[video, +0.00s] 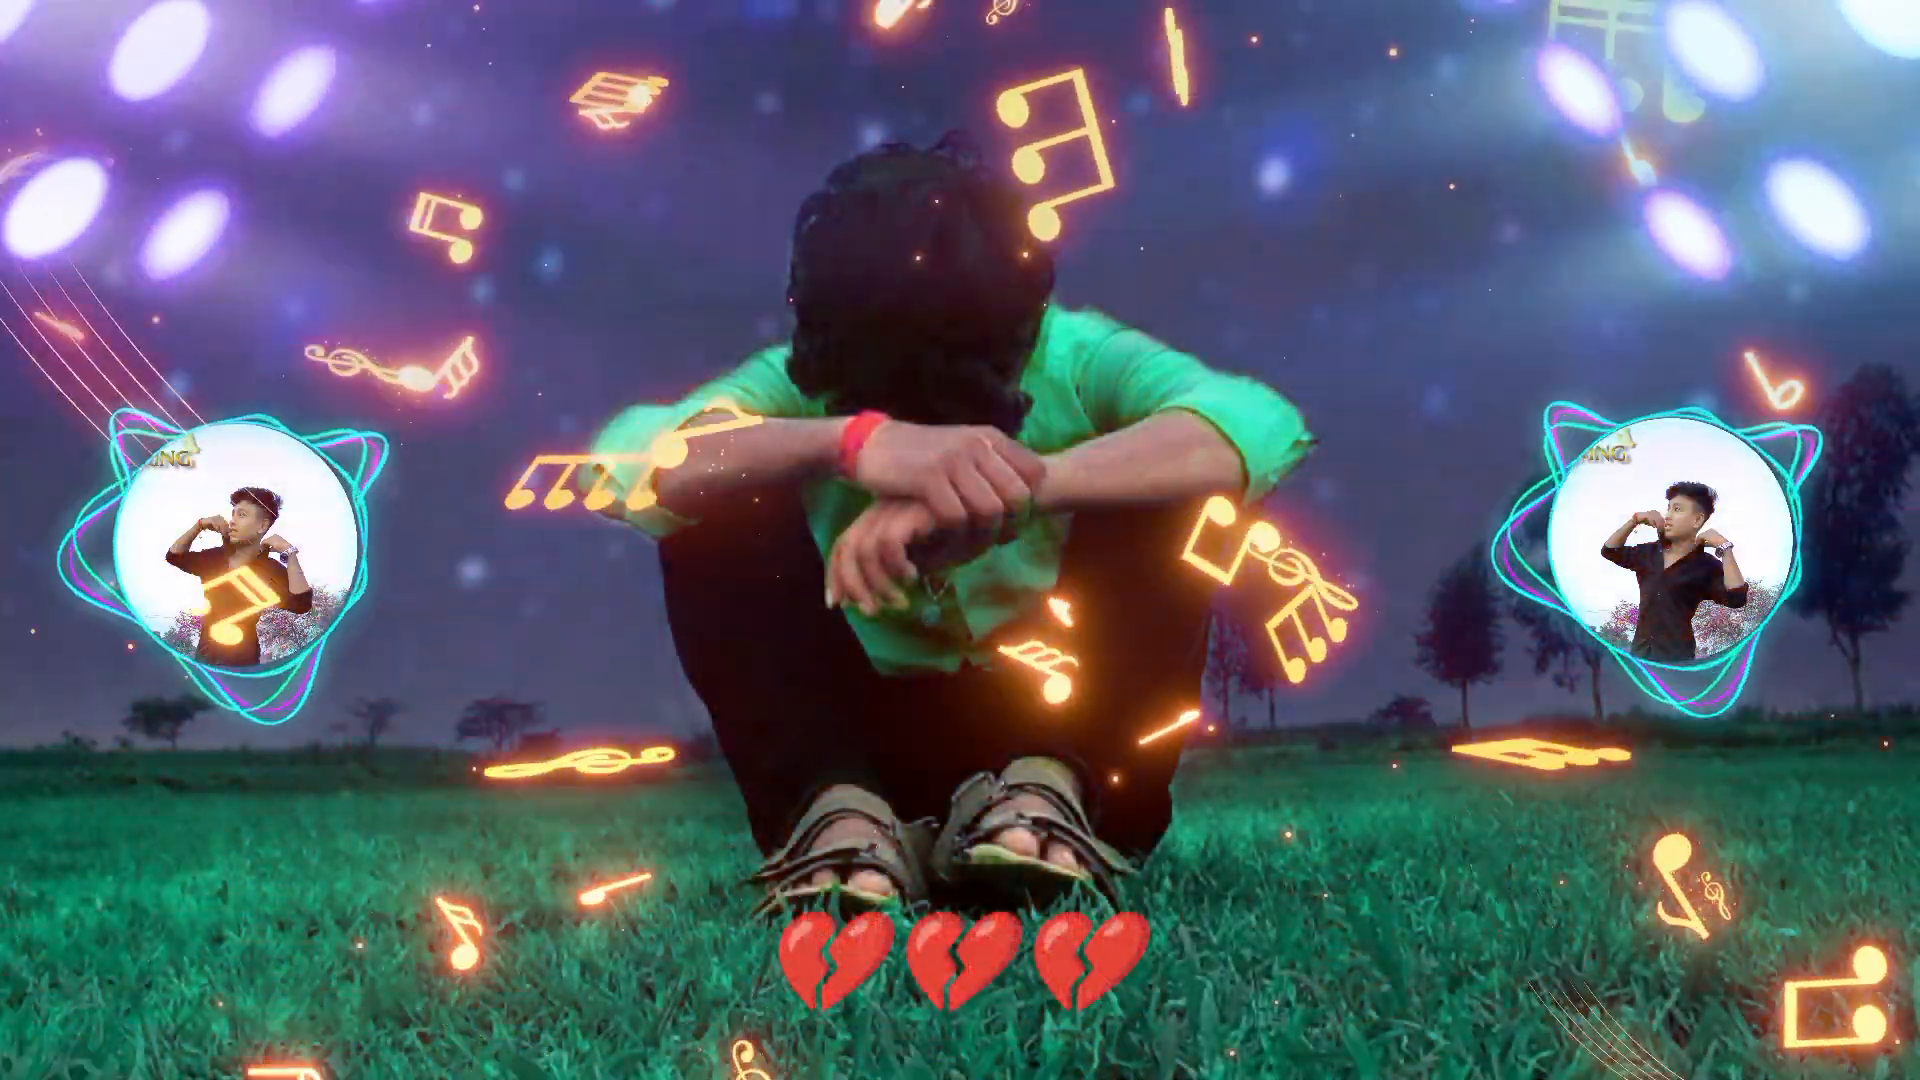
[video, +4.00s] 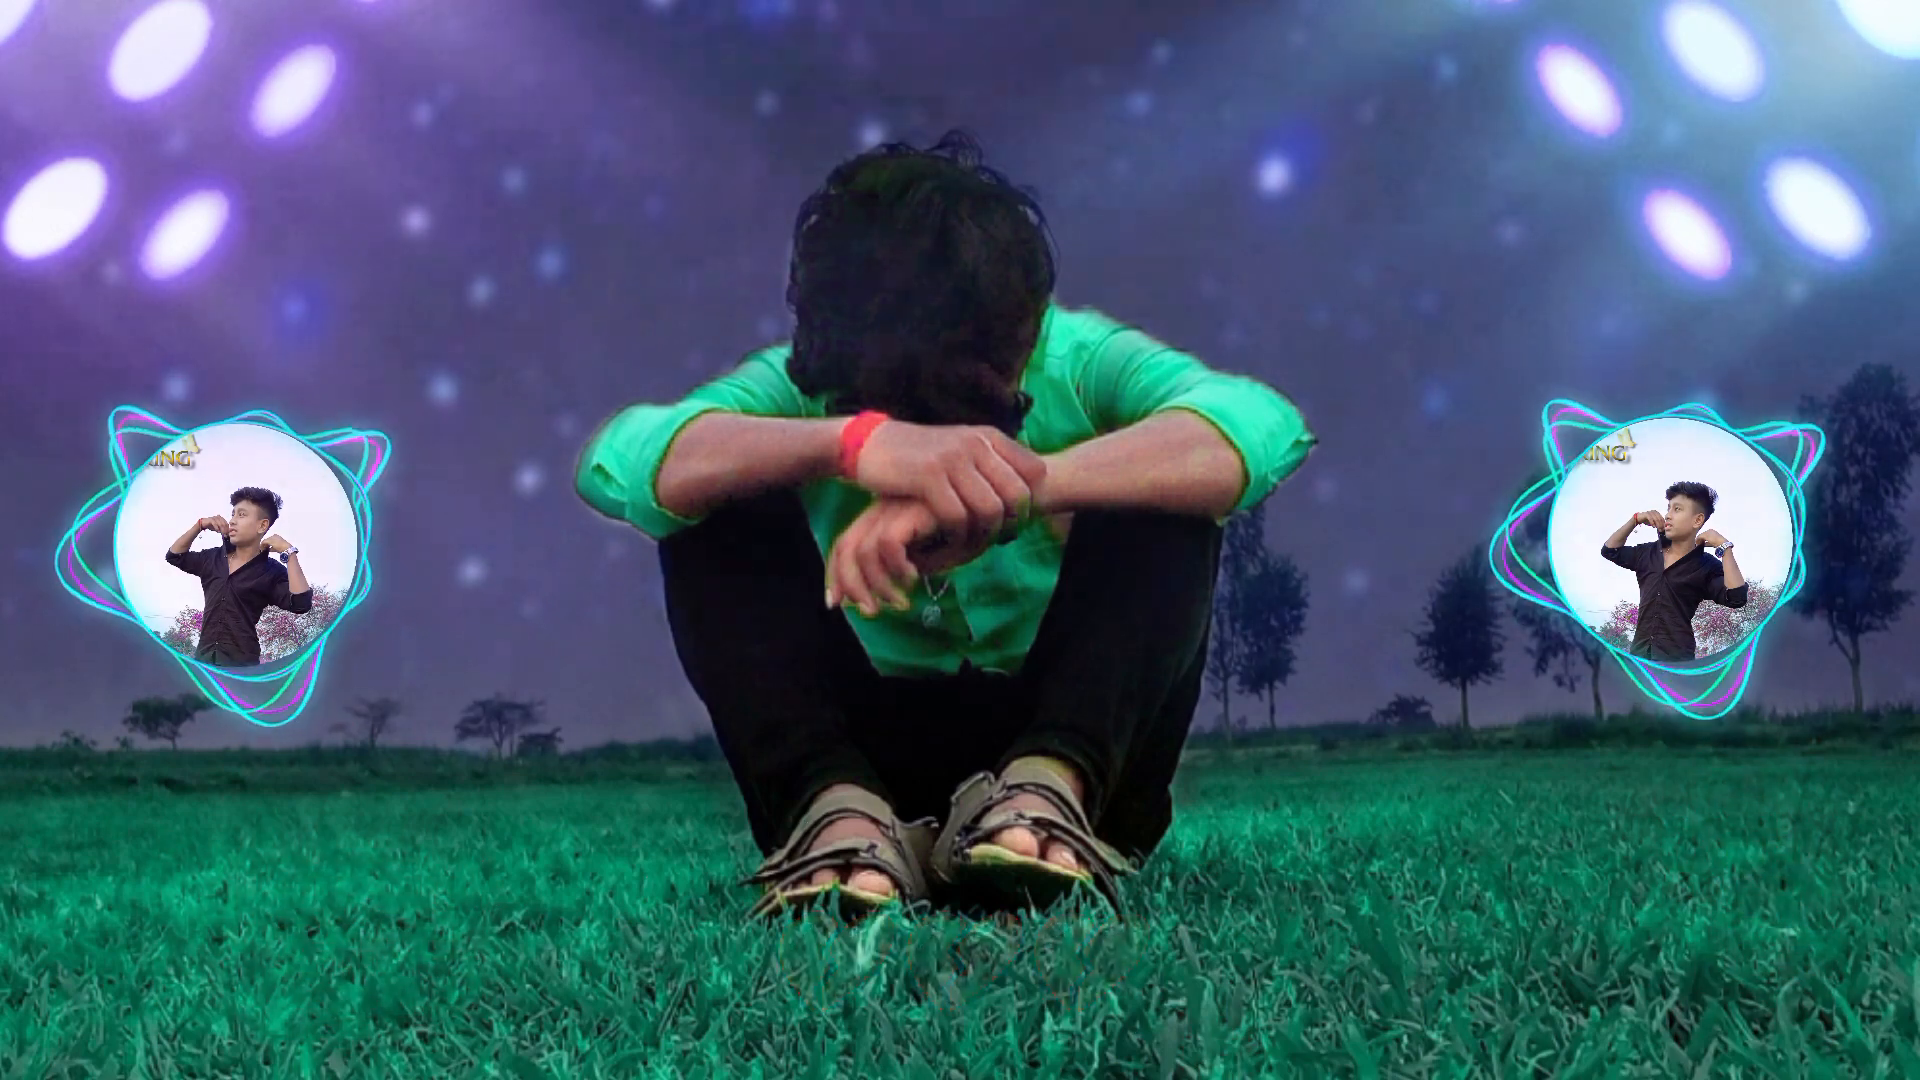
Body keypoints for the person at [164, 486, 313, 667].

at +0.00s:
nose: (232, 520)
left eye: (242, 515)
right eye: (233, 513)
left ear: (264, 525)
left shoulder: (272, 569)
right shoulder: (213, 559)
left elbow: (302, 606)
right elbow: (174, 557)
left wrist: (290, 554)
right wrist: (199, 526)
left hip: (245, 665)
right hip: (206, 660)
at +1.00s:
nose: (232, 521)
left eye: (242, 515)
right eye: (233, 514)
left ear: (263, 525)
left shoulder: (270, 569)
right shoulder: (212, 558)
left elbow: (302, 604)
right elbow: (173, 556)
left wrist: (290, 554)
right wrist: (199, 526)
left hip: (242, 662)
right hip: (204, 658)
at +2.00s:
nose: (232, 521)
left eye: (242, 515)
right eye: (233, 514)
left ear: (263, 525)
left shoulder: (270, 570)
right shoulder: (213, 557)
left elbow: (302, 604)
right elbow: (174, 556)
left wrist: (290, 553)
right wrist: (198, 526)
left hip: (243, 658)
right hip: (205, 654)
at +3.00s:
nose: (232, 521)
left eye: (242, 515)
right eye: (233, 514)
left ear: (263, 525)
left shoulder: (270, 569)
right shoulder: (212, 558)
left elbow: (301, 604)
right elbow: (174, 557)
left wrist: (290, 553)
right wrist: (199, 526)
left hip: (242, 662)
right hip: (203, 659)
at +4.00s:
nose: (232, 521)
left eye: (242, 515)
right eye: (233, 514)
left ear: (263, 525)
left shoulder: (270, 570)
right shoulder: (212, 558)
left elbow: (301, 605)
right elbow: (174, 557)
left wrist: (290, 553)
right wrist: (199, 526)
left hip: (242, 662)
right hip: (203, 658)